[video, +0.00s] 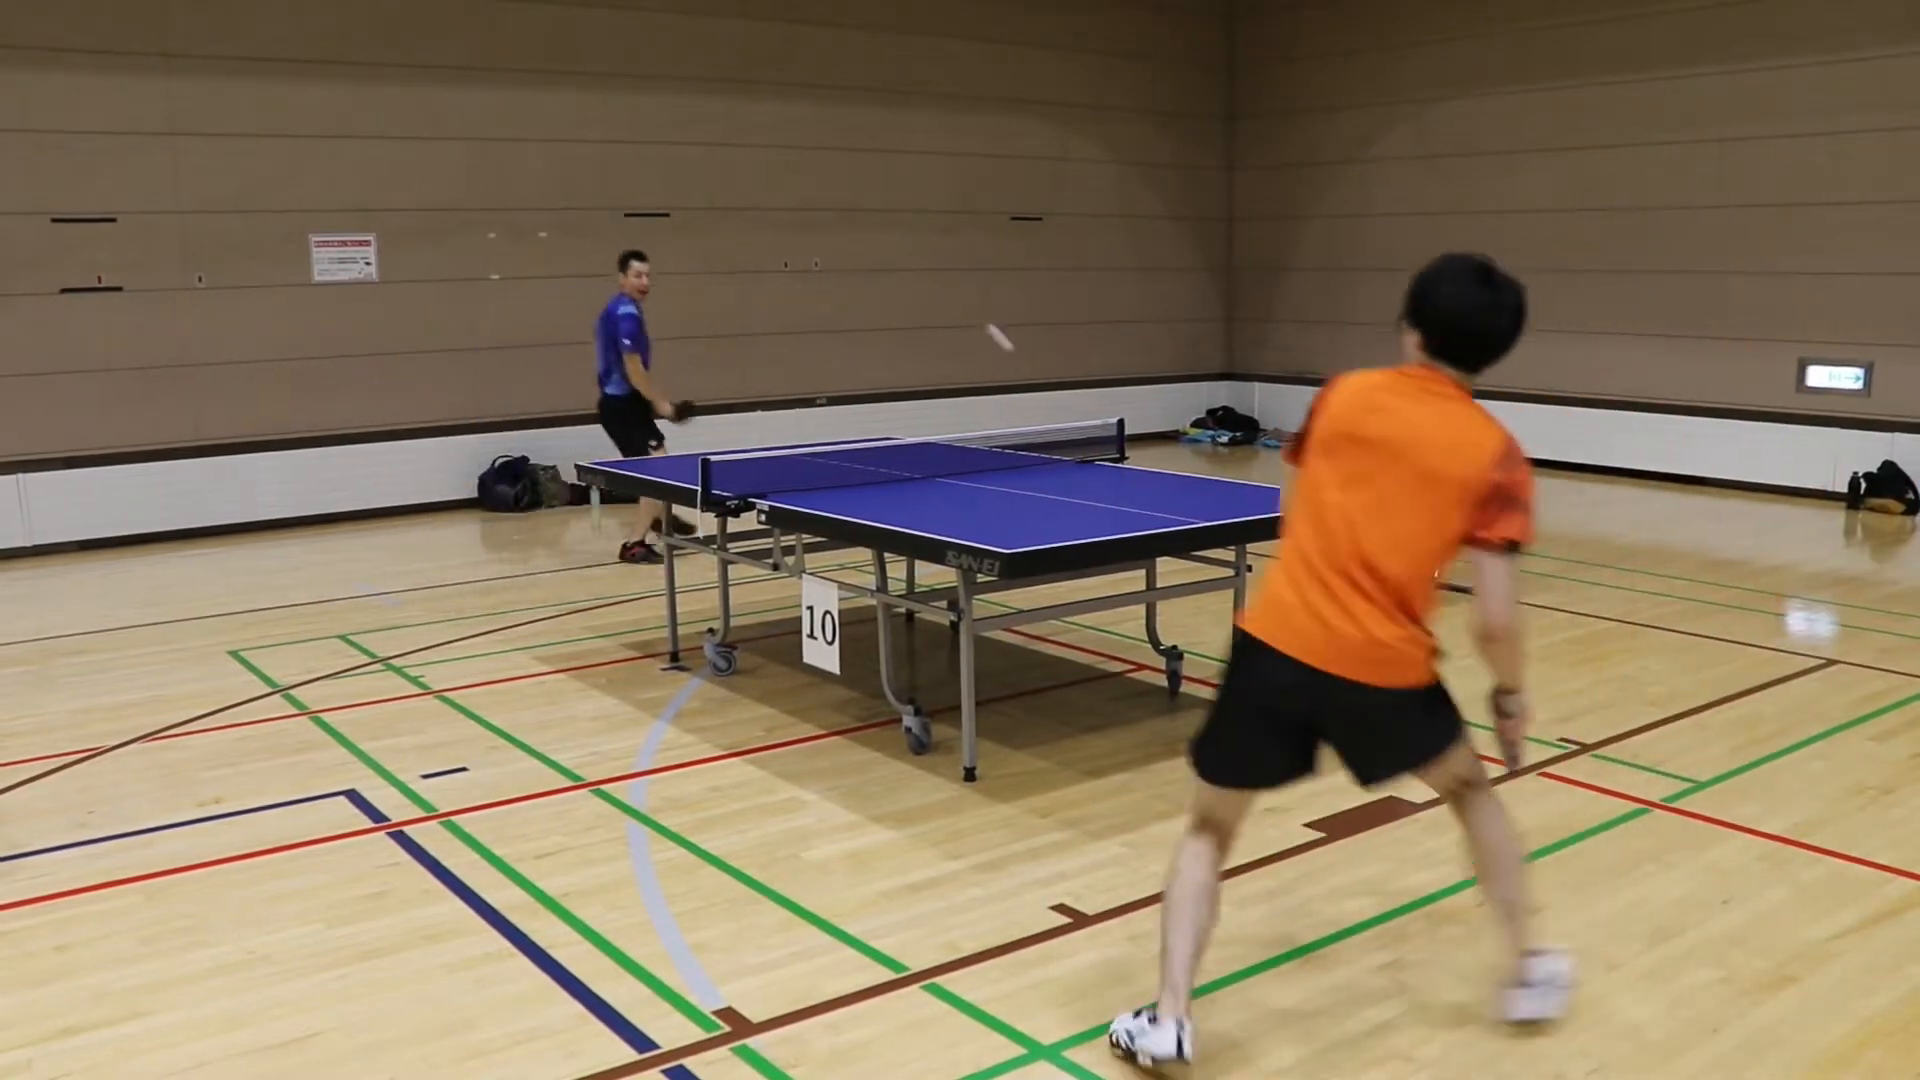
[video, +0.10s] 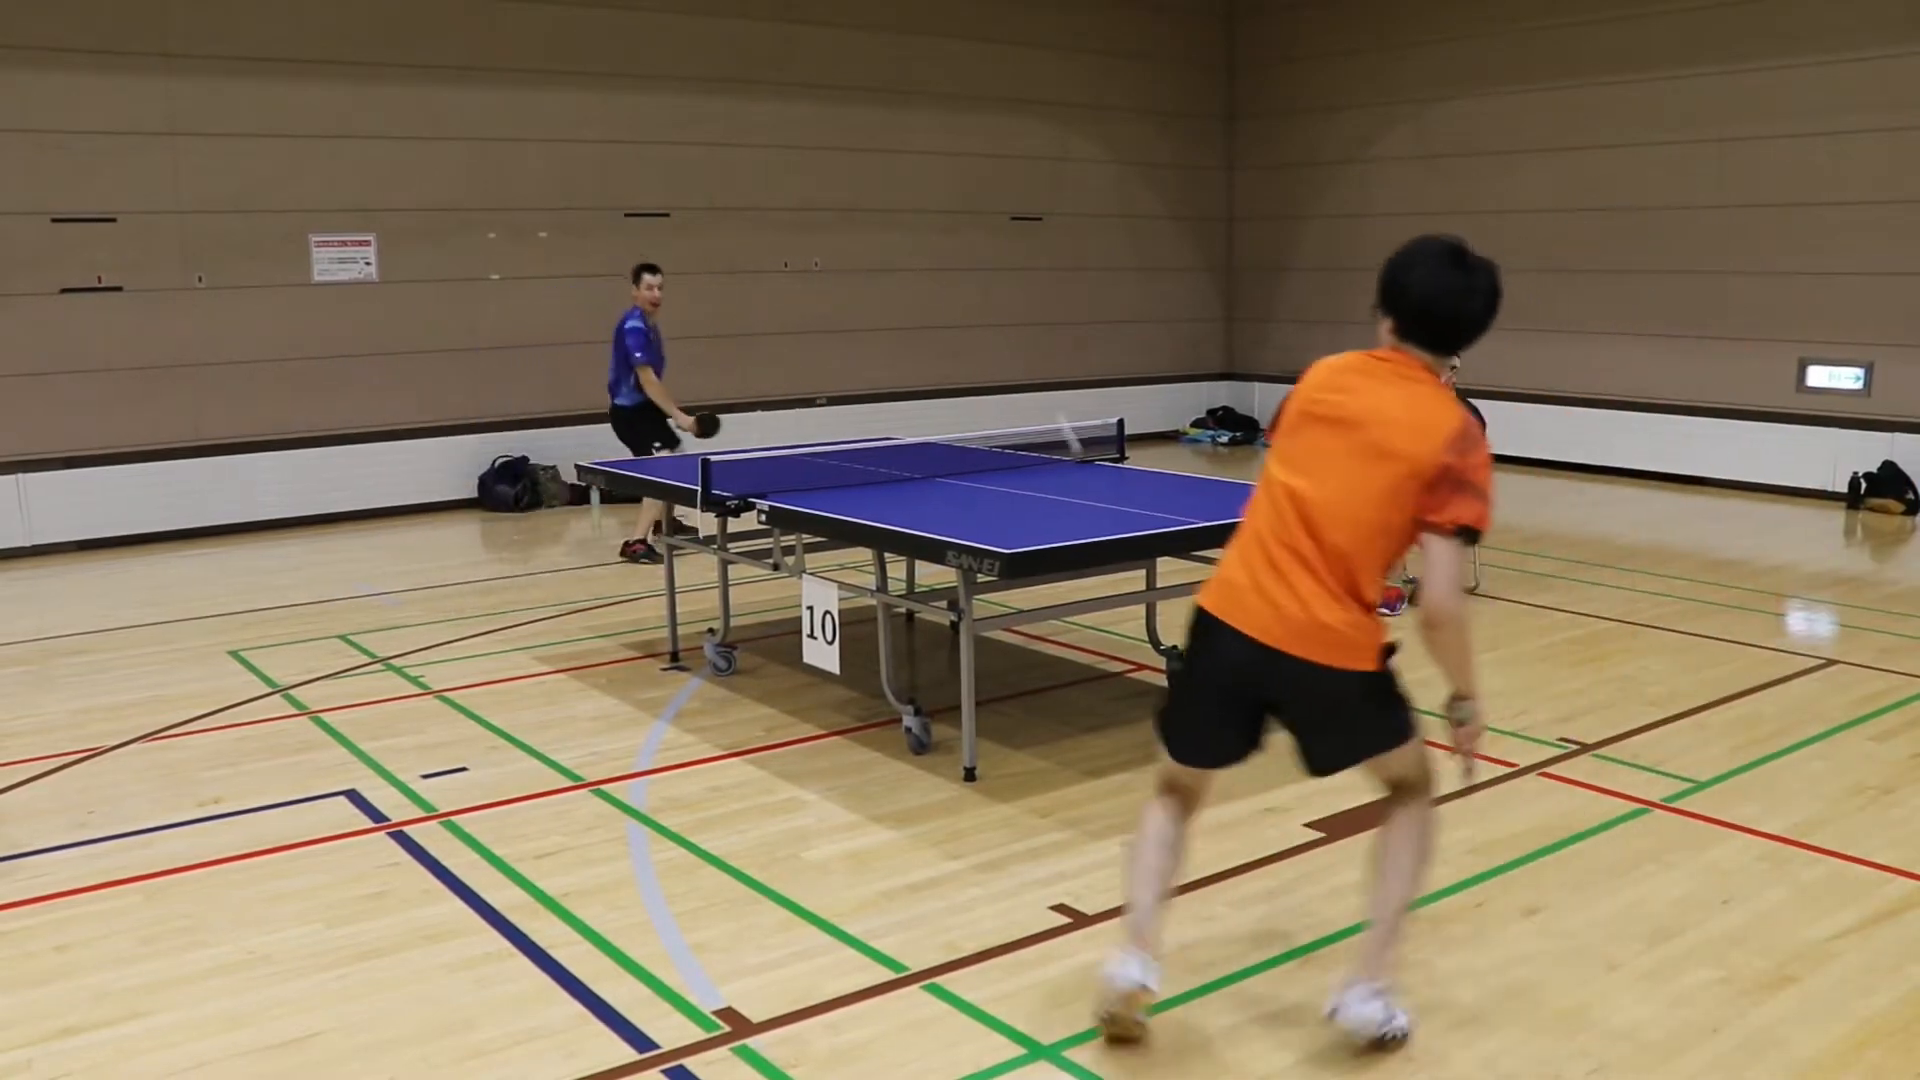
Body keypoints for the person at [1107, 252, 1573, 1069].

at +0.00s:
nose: (1408, 321)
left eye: (1413, 310)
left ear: (1413, 327)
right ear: (1498, 352)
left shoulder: (1343, 393)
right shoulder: (1493, 452)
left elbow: (1296, 504)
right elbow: (1495, 619)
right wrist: (1509, 694)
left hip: (1271, 652)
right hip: (1382, 673)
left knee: (1208, 828)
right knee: (1468, 790)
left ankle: (1169, 1015)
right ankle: (1528, 968)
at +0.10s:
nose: (1381, 315)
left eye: (1385, 302)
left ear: (1383, 312)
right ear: (1471, 337)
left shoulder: (1322, 376)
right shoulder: (1454, 431)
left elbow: (1280, 479)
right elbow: (1439, 602)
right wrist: (1464, 693)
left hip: (1226, 624)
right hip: (1332, 653)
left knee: (1175, 791)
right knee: (1410, 789)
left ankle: (1135, 958)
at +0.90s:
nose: (916, 341)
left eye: (920, 327)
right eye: (918, 326)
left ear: (940, 335)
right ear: (994, 326)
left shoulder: (1001, 410)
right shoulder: (997, 396)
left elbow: (1110, 501)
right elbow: (1017, 527)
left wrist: (1121, 637)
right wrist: (945, 581)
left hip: (1030, 649)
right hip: (1021, 634)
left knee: (872, 798)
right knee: (1005, 757)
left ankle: (823, 1006)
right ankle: (1129, 869)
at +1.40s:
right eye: (1308, 293)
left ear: (1233, 292)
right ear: (1304, 302)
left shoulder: (1184, 367)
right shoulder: (1309, 390)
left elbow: (1148, 475)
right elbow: (1344, 519)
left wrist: (1198, 522)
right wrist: (1389, 617)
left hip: (1161, 588)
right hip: (1251, 595)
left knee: (1113, 742)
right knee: (1310, 711)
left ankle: (1053, 888)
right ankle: (1312, 867)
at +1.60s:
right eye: (1396, 227)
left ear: (1329, 224)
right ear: (1397, 236)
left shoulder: (1280, 295)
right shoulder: (1410, 315)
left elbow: (1231, 389)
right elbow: (1443, 427)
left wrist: (1274, 402)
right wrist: (1451, 514)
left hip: (1275, 503)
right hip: (1356, 512)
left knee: (1253, 649)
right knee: (1345, 667)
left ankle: (1222, 783)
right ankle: (1324, 824)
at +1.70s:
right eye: (1422, 203)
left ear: (1357, 204)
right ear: (1425, 212)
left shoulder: (1314, 277)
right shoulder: (1442, 290)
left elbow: (1268, 370)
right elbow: (1478, 395)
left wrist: (1320, 365)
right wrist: (1465, 473)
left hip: (1321, 475)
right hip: (1397, 480)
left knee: (1315, 625)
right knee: (1371, 635)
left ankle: (1306, 774)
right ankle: (1344, 781)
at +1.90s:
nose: (1488, 276)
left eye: (1487, 268)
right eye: (1490, 267)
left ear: (1427, 258)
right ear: (1480, 265)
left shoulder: (1380, 324)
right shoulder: (1494, 330)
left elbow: (1343, 421)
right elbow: (1517, 436)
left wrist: (1389, 398)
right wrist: (1515, 504)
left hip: (1391, 512)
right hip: (1460, 516)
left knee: (1393, 629)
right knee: (1459, 633)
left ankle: (1369, 762)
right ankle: (1412, 725)